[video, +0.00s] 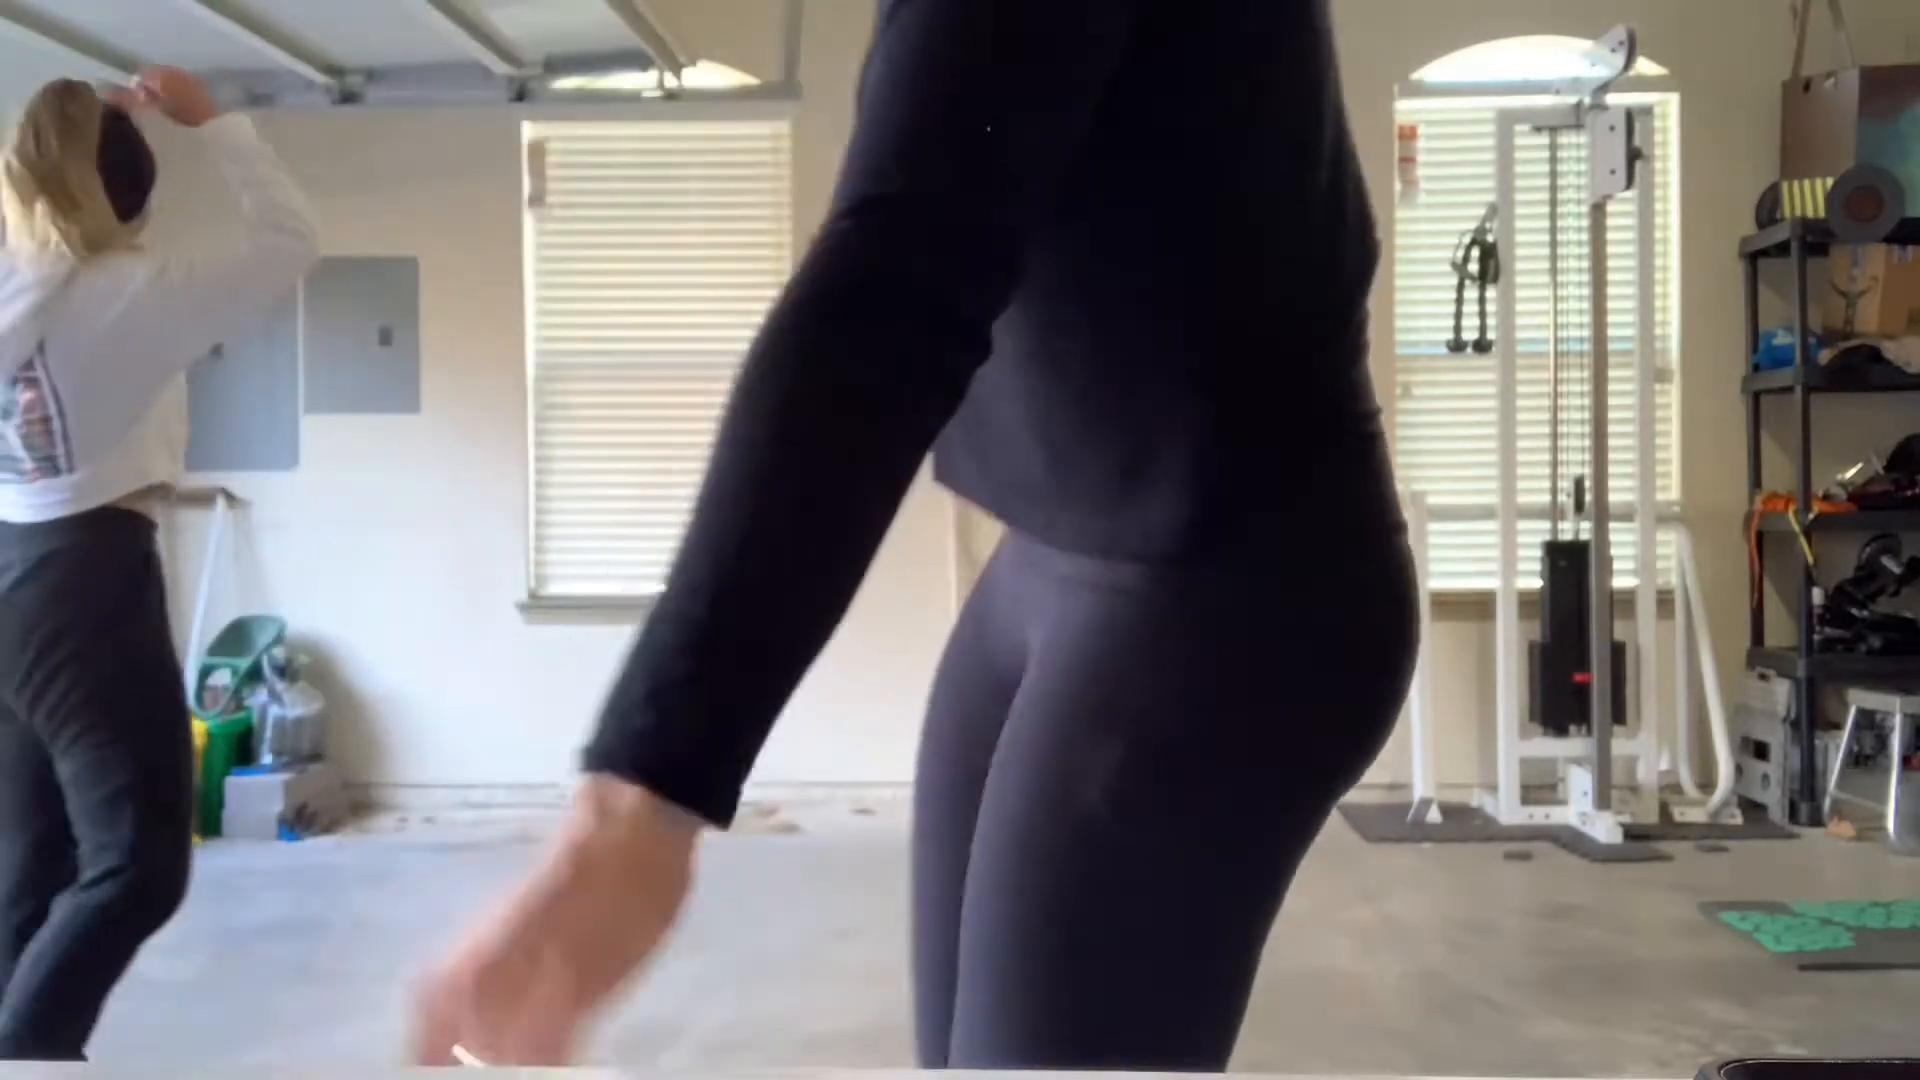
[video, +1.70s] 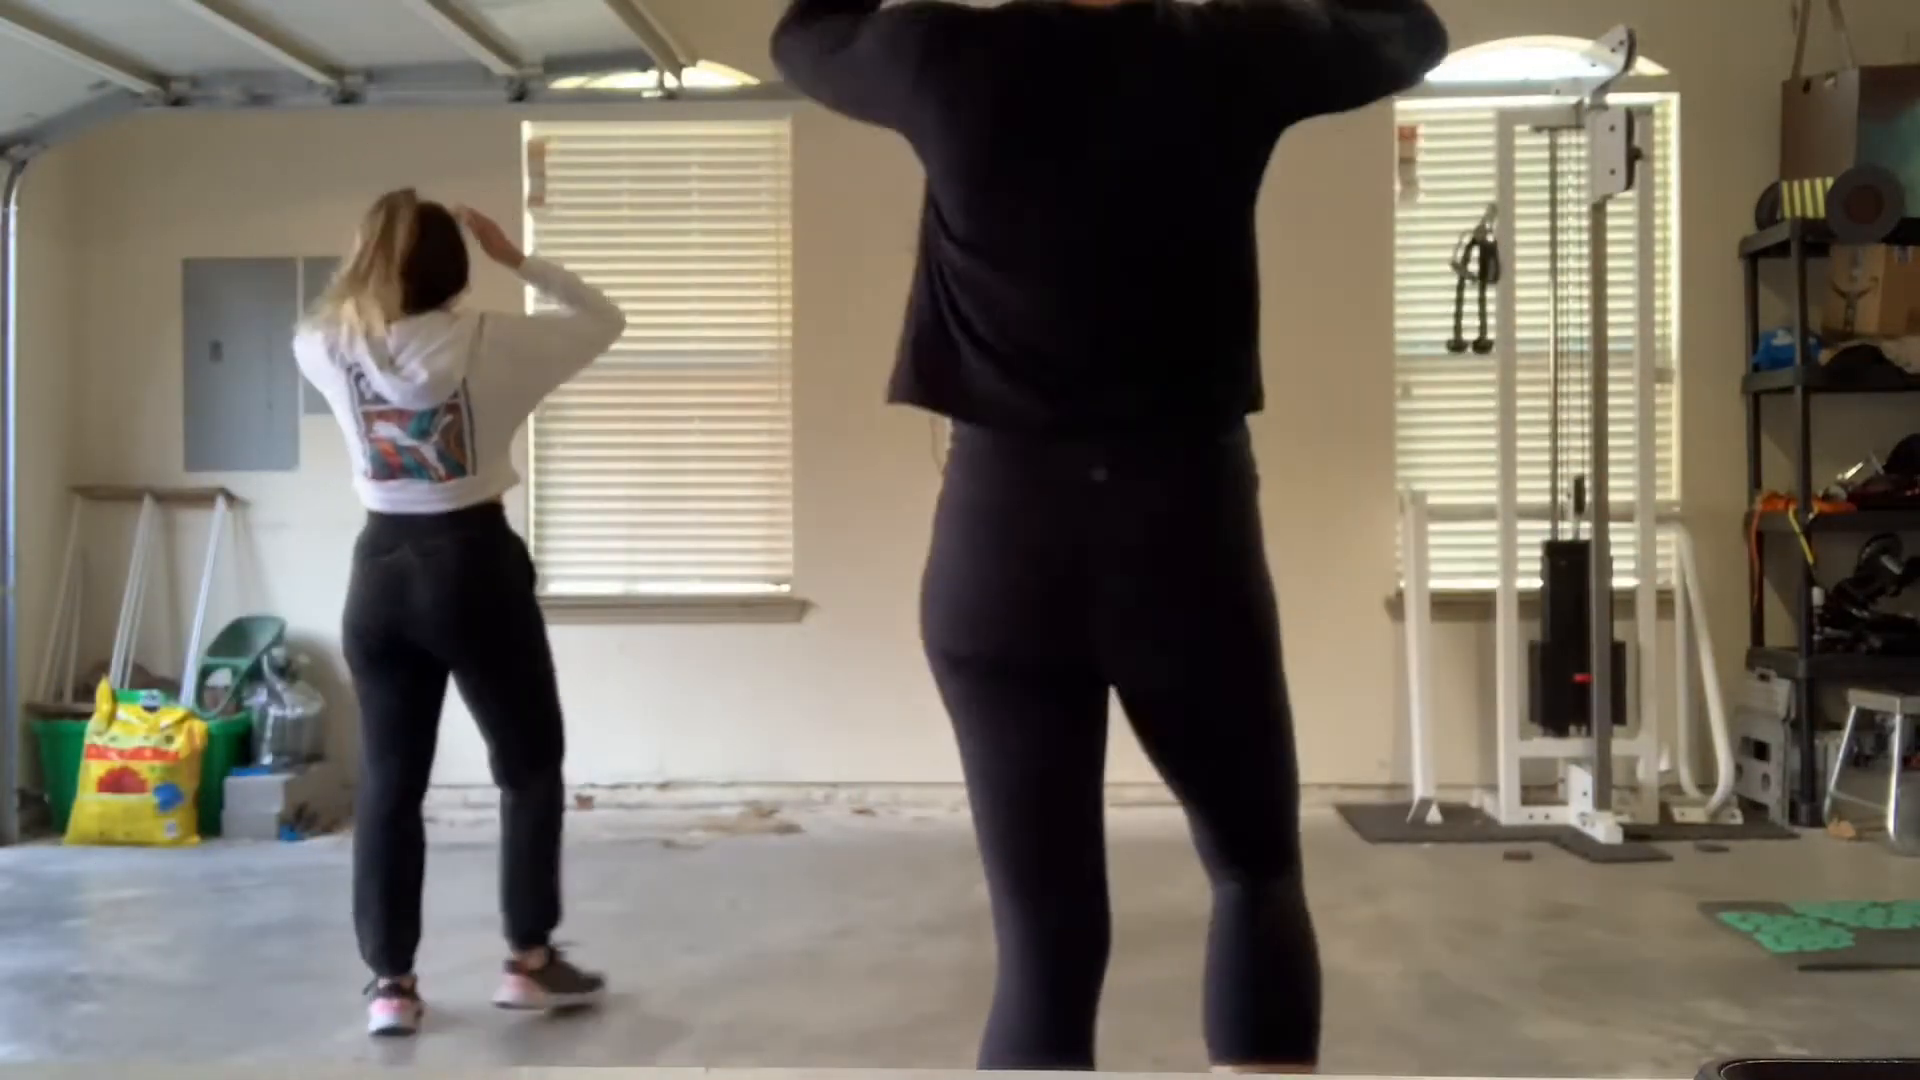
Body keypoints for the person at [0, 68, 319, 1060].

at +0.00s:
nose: (145, 184)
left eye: (139, 166)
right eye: (137, 167)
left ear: (25, 176)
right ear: (124, 181)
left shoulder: (10, 291)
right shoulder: (127, 298)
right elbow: (289, 241)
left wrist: (121, 134)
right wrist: (215, 121)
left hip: (14, 589)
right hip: (83, 591)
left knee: (31, 868)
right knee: (137, 868)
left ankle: (17, 1048)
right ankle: (26, 1056)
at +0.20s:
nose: (197, 209)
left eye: (196, 190)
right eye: (192, 191)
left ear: (70, 190)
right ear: (174, 195)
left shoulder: (22, 288)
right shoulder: (175, 294)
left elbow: (44, 217)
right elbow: (310, 224)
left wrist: (119, 149)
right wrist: (223, 127)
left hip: (34, 591)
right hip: (133, 594)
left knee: (56, 854)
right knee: (244, 844)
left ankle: (41, 1060)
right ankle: (179, 1060)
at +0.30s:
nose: (220, 211)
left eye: (218, 193)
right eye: (214, 194)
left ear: (100, 198)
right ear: (197, 201)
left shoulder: (43, 296)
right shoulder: (208, 295)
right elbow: (339, 233)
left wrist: (141, 163)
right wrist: (252, 136)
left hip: (65, 592)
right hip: (166, 595)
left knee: (81, 850)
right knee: (282, 830)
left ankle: (51, 1057)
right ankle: (297, 1055)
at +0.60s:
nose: (328, 227)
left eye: (319, 206)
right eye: (323, 210)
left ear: (222, 220)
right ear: (319, 222)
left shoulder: (169, 318)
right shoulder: (343, 310)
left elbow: (201, 245)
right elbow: (449, 239)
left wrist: (245, 181)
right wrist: (360, 154)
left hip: (217, 591)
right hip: (323, 590)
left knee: (200, 836)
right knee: (404, 822)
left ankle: (96, 1047)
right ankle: (419, 1039)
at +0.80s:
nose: (403, 225)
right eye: (398, 209)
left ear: (299, 222)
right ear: (397, 218)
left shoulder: (253, 317)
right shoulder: (423, 306)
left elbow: (245, 262)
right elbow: (531, 231)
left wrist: (300, 183)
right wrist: (434, 159)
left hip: (298, 571)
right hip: (405, 570)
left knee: (305, 798)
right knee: (438, 816)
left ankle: (220, 995)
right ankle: (422, 1037)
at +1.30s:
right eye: (442, 224)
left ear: (350, 254)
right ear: (443, 244)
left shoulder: (320, 346)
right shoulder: (482, 332)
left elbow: (284, 297)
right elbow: (580, 279)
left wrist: (338, 229)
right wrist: (490, 214)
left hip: (367, 576)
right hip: (464, 576)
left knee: (382, 793)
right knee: (465, 802)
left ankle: (388, 992)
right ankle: (426, 1024)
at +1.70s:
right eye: (453, 250)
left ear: (368, 269)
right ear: (456, 270)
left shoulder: (336, 353)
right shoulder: (494, 344)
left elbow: (314, 329)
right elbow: (602, 318)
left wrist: (373, 271)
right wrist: (520, 262)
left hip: (381, 581)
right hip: (478, 578)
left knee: (388, 783)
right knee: (529, 768)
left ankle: (391, 985)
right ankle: (529, 957)